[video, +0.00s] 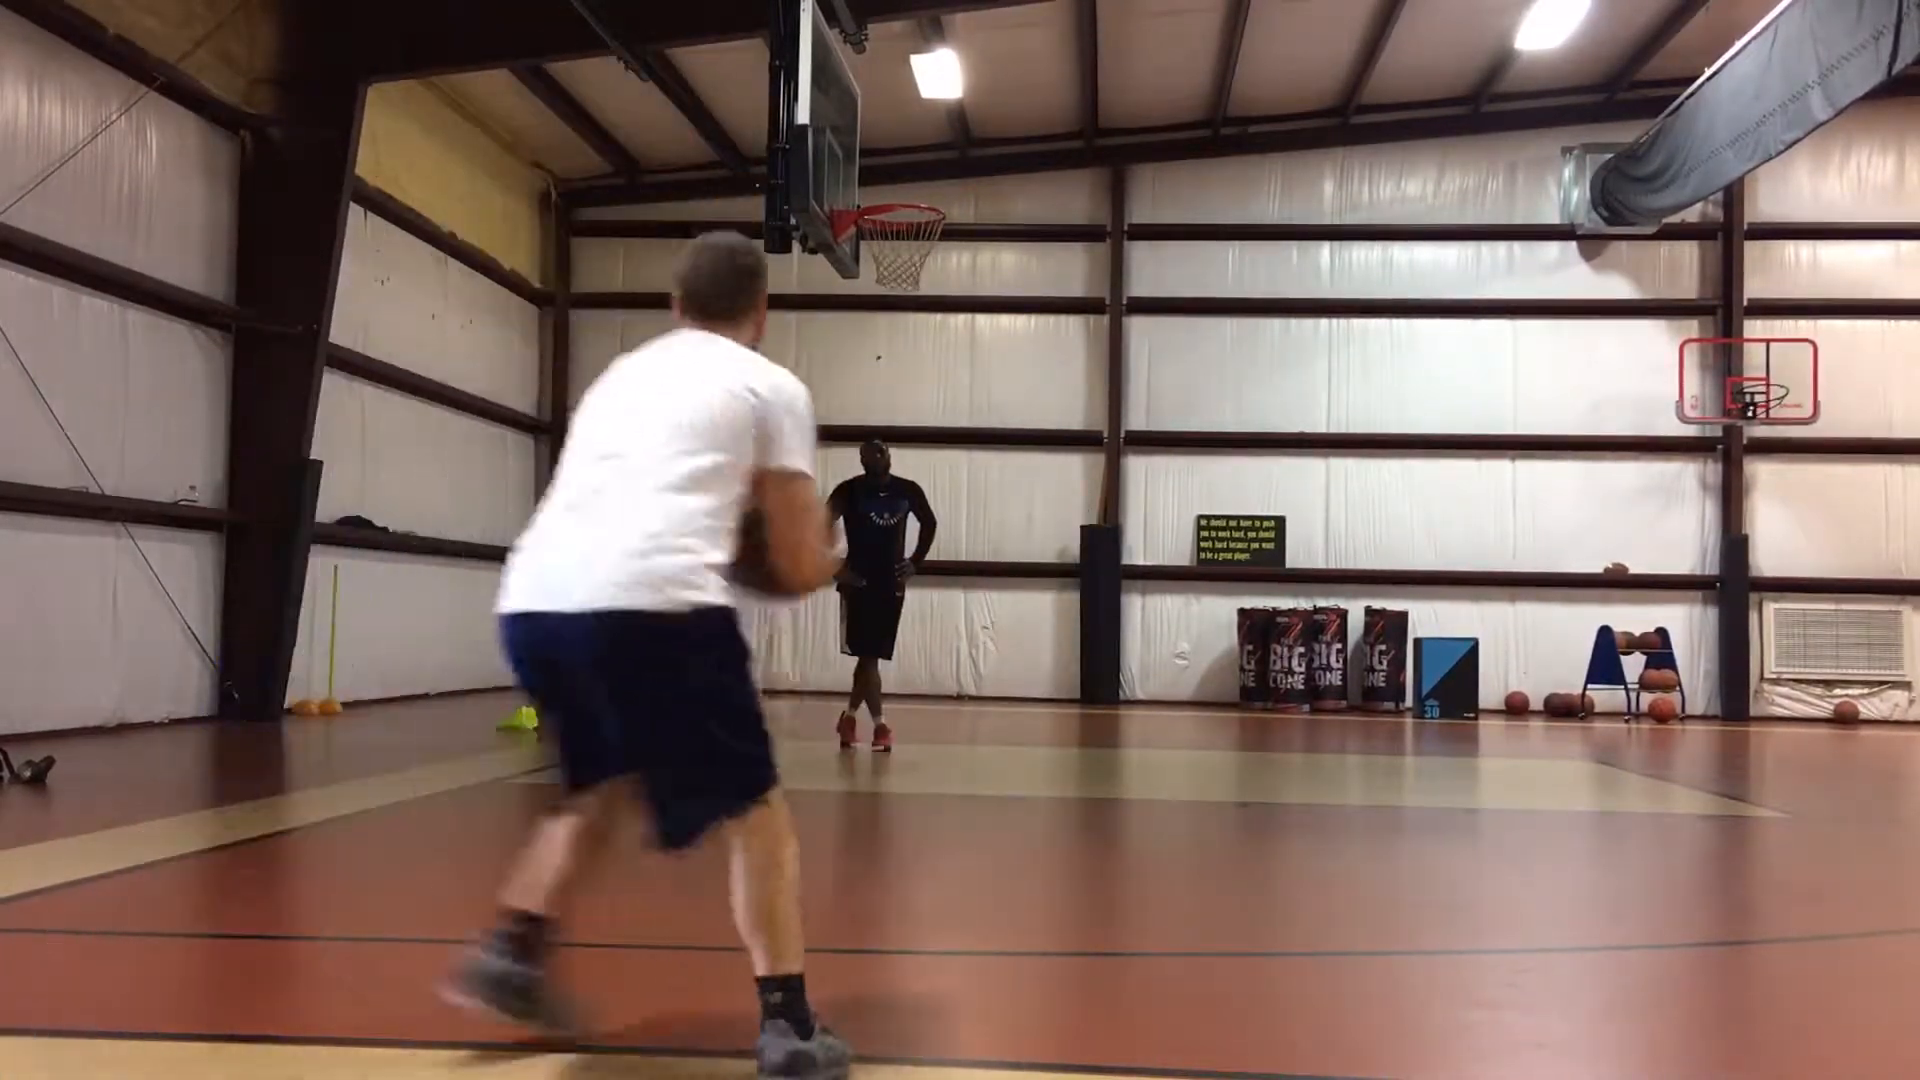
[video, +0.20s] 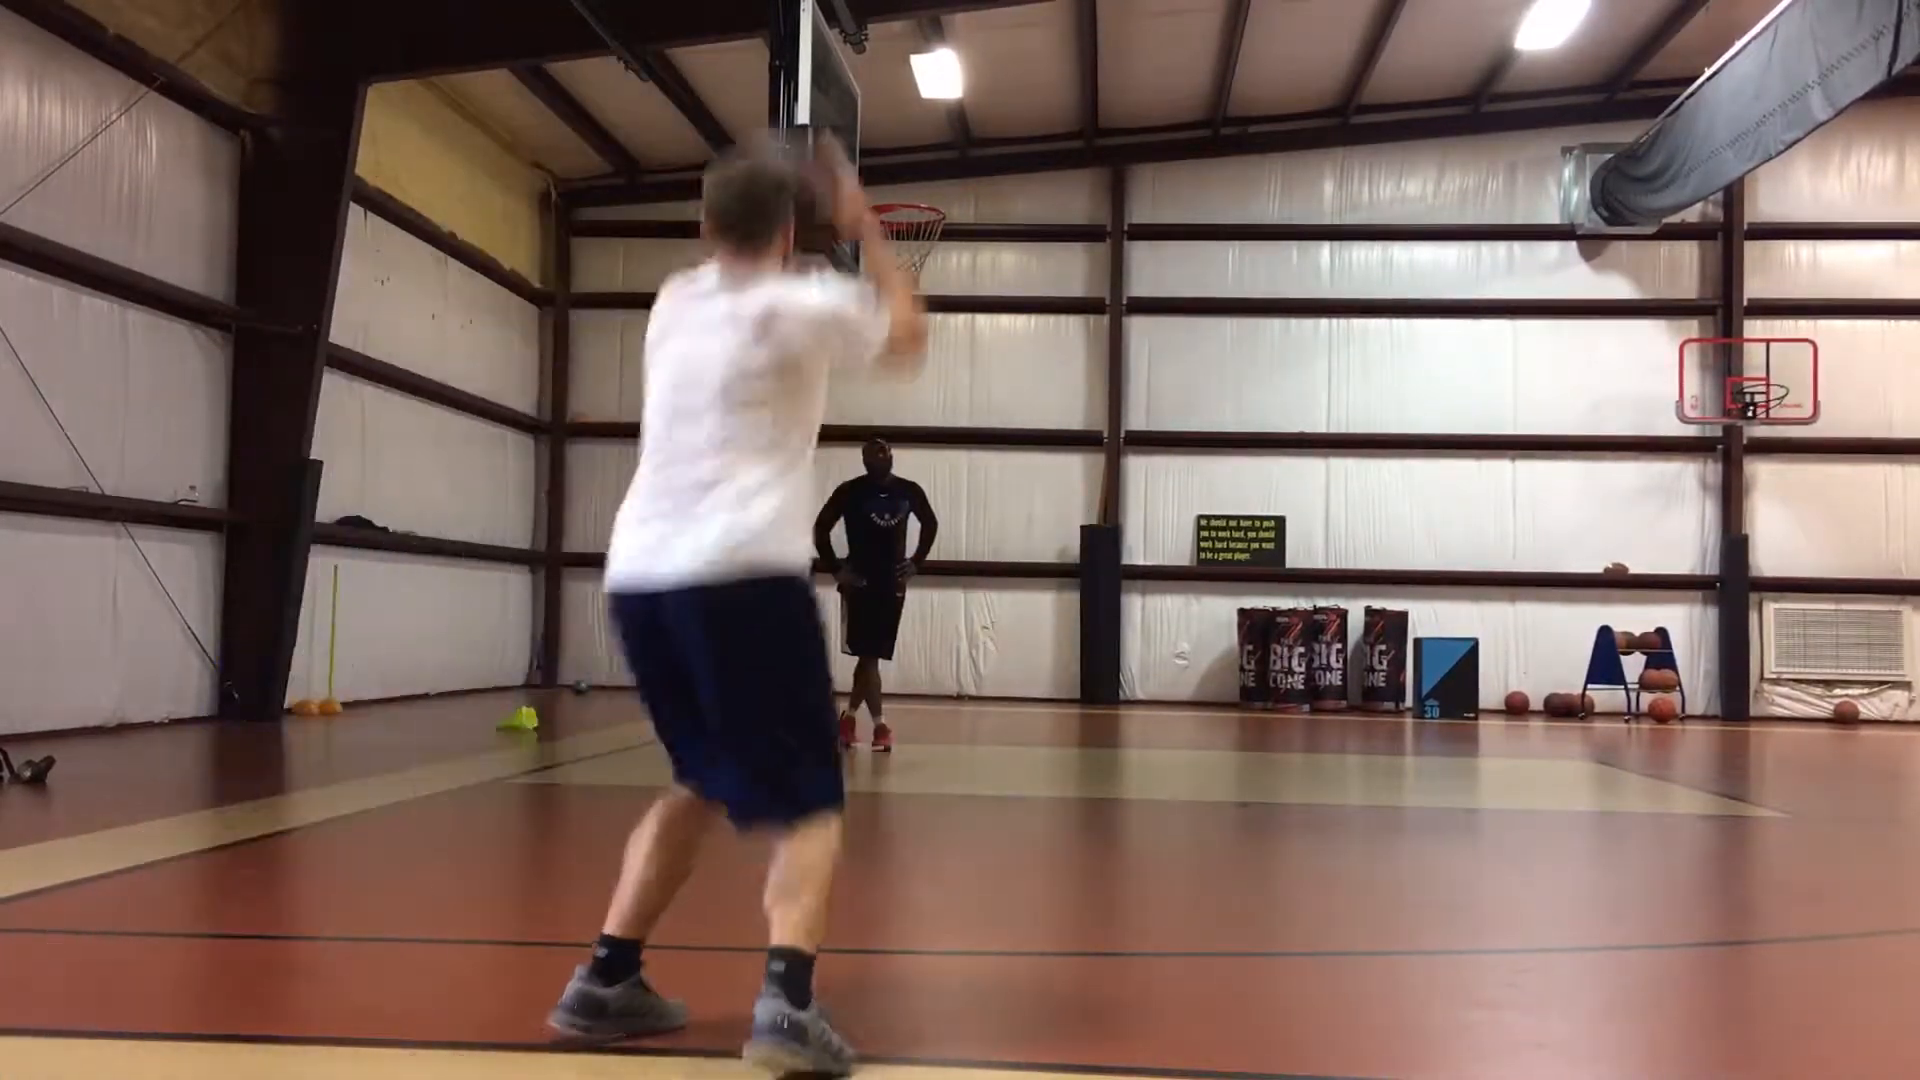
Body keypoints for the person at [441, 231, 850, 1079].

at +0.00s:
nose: (765, 325)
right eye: (768, 314)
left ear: (674, 306)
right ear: (759, 314)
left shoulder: (615, 376)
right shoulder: (767, 385)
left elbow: (610, 512)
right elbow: (798, 565)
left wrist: (745, 537)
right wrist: (827, 543)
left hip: (537, 609)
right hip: (661, 609)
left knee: (595, 786)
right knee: (757, 810)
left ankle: (510, 950)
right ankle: (787, 1024)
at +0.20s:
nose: (803, 230)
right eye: (802, 218)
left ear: (709, 229)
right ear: (793, 232)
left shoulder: (673, 301)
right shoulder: (804, 305)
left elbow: (733, 271)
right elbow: (906, 335)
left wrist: (784, 224)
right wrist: (865, 229)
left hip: (639, 582)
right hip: (748, 578)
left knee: (701, 780)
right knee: (810, 803)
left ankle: (606, 978)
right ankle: (785, 1003)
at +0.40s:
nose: (833, 62)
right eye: (822, 55)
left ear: (737, 67)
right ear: (824, 66)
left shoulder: (718, 122)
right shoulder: (844, 117)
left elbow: (745, 60)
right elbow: (892, 38)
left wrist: (824, 38)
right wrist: (889, 11)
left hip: (706, 395)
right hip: (805, 398)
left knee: (711, 627)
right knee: (818, 641)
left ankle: (666, 837)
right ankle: (807, 849)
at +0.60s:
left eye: (792, 68)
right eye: (845, 69)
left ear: (777, 84)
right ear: (856, 88)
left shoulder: (761, 149)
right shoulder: (878, 150)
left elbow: (785, 44)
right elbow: (936, 69)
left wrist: (818, 9)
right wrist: (893, 3)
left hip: (751, 412)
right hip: (839, 420)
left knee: (767, 641)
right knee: (834, 651)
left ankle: (747, 850)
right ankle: (831, 872)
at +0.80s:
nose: (887, 250)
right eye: (887, 237)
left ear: (811, 248)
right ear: (888, 251)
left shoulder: (771, 329)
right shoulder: (911, 335)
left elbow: (831, 307)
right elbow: (984, 416)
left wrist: (873, 243)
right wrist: (895, 403)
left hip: (774, 582)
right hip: (862, 587)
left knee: (813, 777)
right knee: (896, 791)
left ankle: (775, 944)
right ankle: (805, 947)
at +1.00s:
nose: (942, 232)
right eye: (945, 222)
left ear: (862, 230)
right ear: (941, 229)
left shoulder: (803, 315)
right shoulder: (966, 327)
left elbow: (736, 428)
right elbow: (969, 464)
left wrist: (703, 521)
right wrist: (1025, 591)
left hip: (811, 568)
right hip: (913, 575)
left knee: (823, 748)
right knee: (970, 752)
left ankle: (784, 936)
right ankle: (945, 921)